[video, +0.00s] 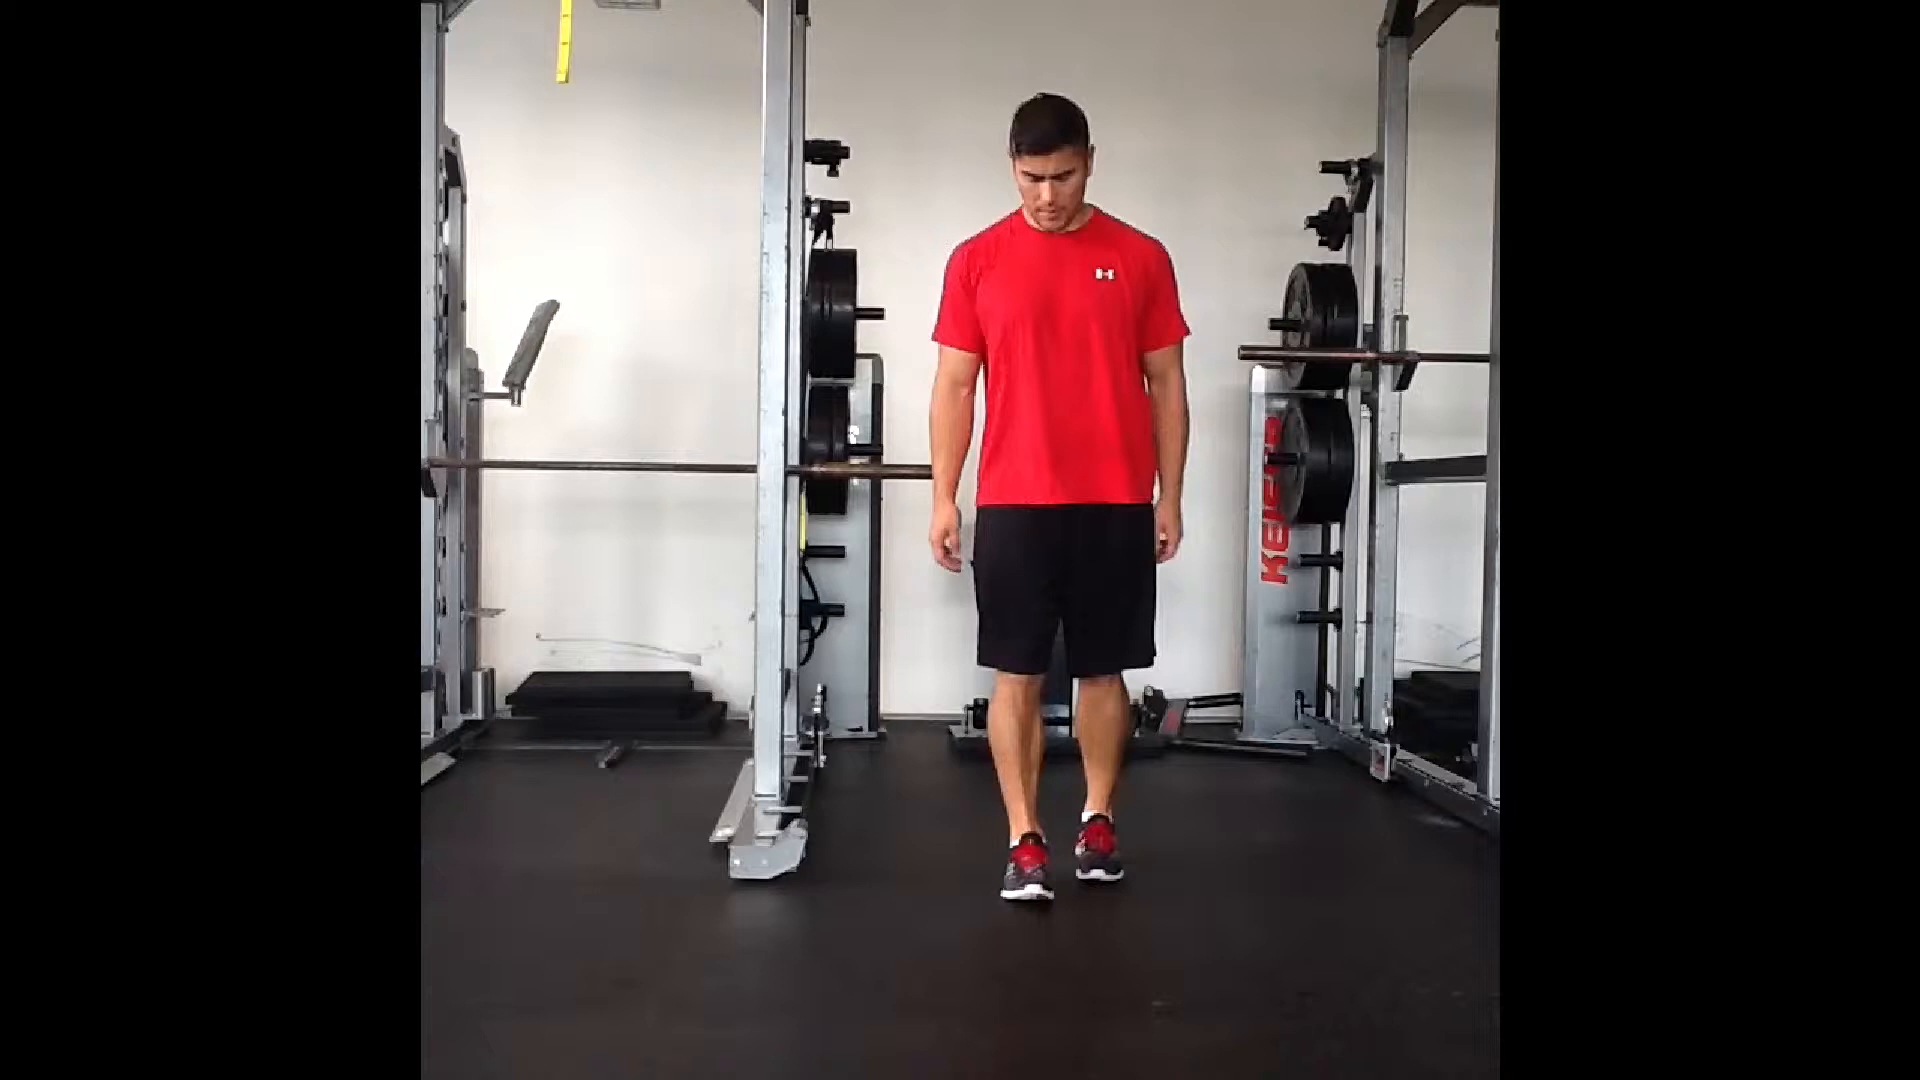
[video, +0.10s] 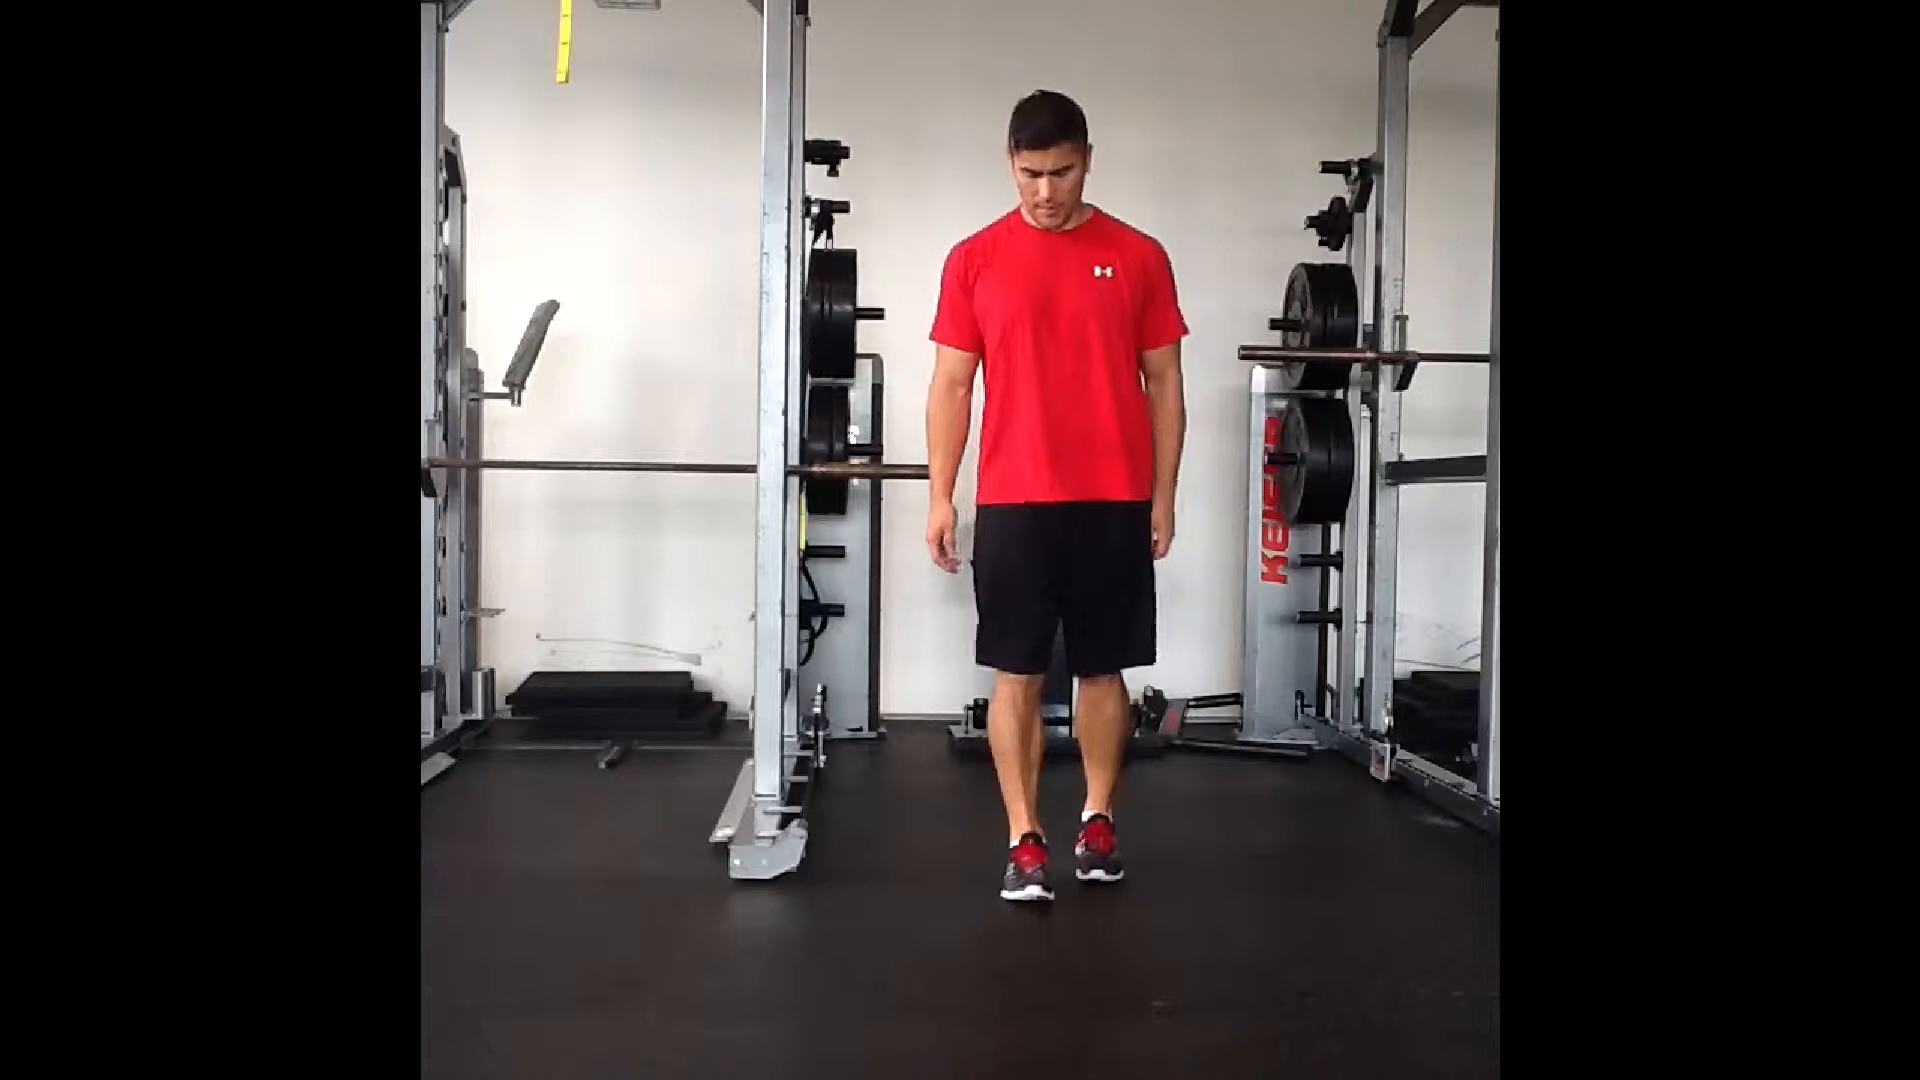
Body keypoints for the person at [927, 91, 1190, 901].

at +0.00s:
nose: (1047, 194)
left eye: (1062, 178)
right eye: (1033, 179)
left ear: (1088, 166)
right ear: (1013, 172)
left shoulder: (1139, 257)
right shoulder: (977, 261)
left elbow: (1165, 381)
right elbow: (953, 384)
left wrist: (1169, 496)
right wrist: (945, 496)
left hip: (1115, 498)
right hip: (1015, 498)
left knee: (1101, 669)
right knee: (1018, 671)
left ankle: (1098, 824)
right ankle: (1024, 840)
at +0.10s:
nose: (1045, 190)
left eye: (1060, 174)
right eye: (1031, 175)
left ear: (1086, 164)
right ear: (1010, 170)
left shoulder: (1138, 257)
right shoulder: (974, 261)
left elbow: (1164, 380)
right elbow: (950, 383)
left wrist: (1164, 494)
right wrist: (942, 495)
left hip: (1114, 498)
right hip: (1014, 498)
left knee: (1101, 669)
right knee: (1018, 671)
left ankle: (1099, 822)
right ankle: (1023, 839)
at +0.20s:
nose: (1043, 180)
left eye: (1059, 163)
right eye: (1027, 164)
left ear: (1083, 158)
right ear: (1007, 163)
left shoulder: (1133, 254)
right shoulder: (968, 258)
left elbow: (1159, 378)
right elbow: (943, 380)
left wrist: (1164, 493)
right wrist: (937, 491)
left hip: (1112, 493)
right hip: (1013, 494)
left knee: (1103, 667)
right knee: (1018, 670)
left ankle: (1099, 820)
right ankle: (1024, 840)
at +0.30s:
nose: (1041, 174)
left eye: (1056, 156)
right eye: (1025, 158)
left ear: (1081, 152)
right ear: (1005, 159)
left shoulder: (1132, 252)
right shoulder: (965, 256)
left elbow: (1161, 374)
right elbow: (942, 380)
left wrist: (1165, 491)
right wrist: (947, 491)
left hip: (1110, 495)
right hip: (1013, 495)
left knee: (1103, 666)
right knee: (1017, 671)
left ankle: (1099, 819)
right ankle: (1023, 839)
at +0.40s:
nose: (1039, 172)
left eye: (1054, 154)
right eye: (1023, 156)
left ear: (1080, 151)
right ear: (1003, 156)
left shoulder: (1131, 251)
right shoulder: (965, 254)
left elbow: (1161, 372)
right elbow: (945, 378)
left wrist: (1161, 487)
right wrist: (961, 491)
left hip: (1107, 496)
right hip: (1011, 498)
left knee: (1103, 665)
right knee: (1017, 672)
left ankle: (1100, 819)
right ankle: (1025, 839)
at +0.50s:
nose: (1035, 170)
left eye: (1050, 151)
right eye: (1019, 153)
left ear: (1077, 148)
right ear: (999, 154)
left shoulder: (1130, 250)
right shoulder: (962, 252)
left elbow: (1157, 373)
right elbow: (944, 378)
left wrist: (1157, 490)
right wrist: (957, 489)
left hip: (1106, 498)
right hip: (1009, 500)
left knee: (1103, 668)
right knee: (1016, 672)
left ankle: (1102, 819)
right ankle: (1026, 840)